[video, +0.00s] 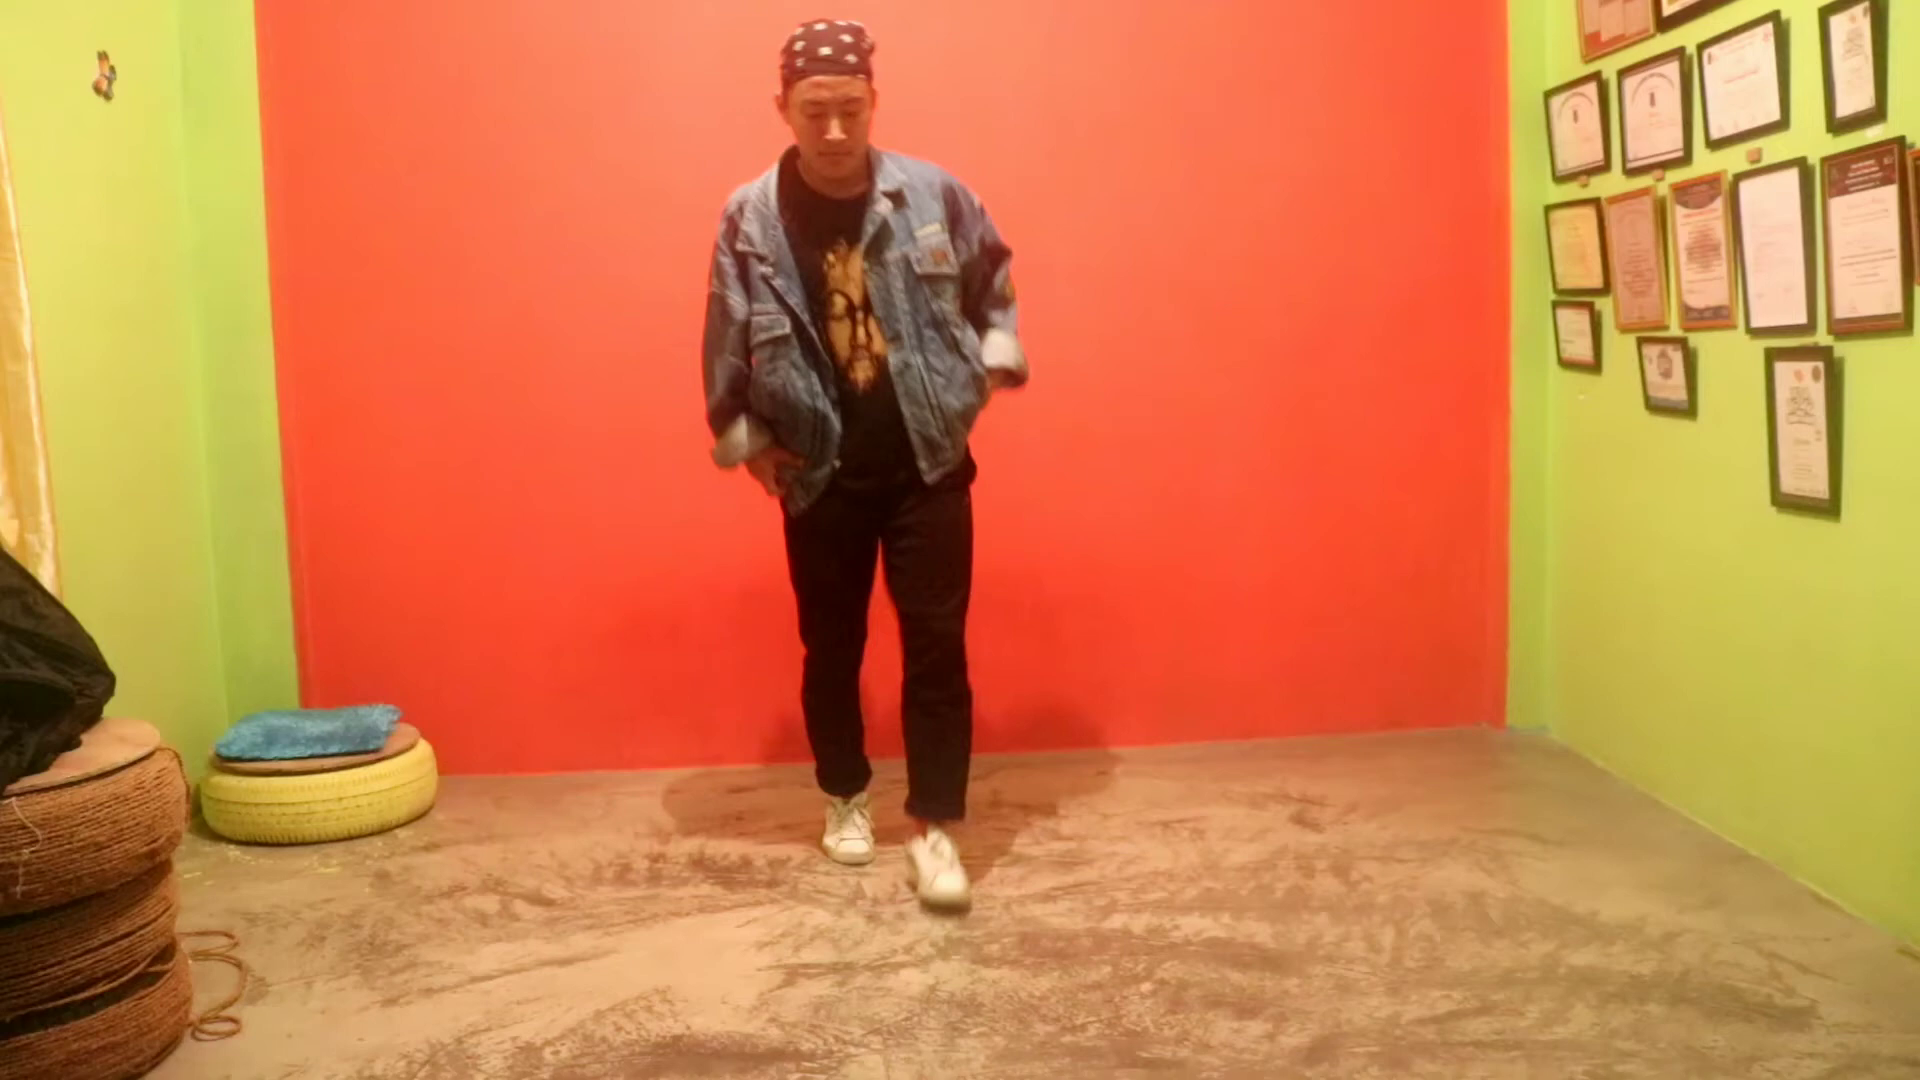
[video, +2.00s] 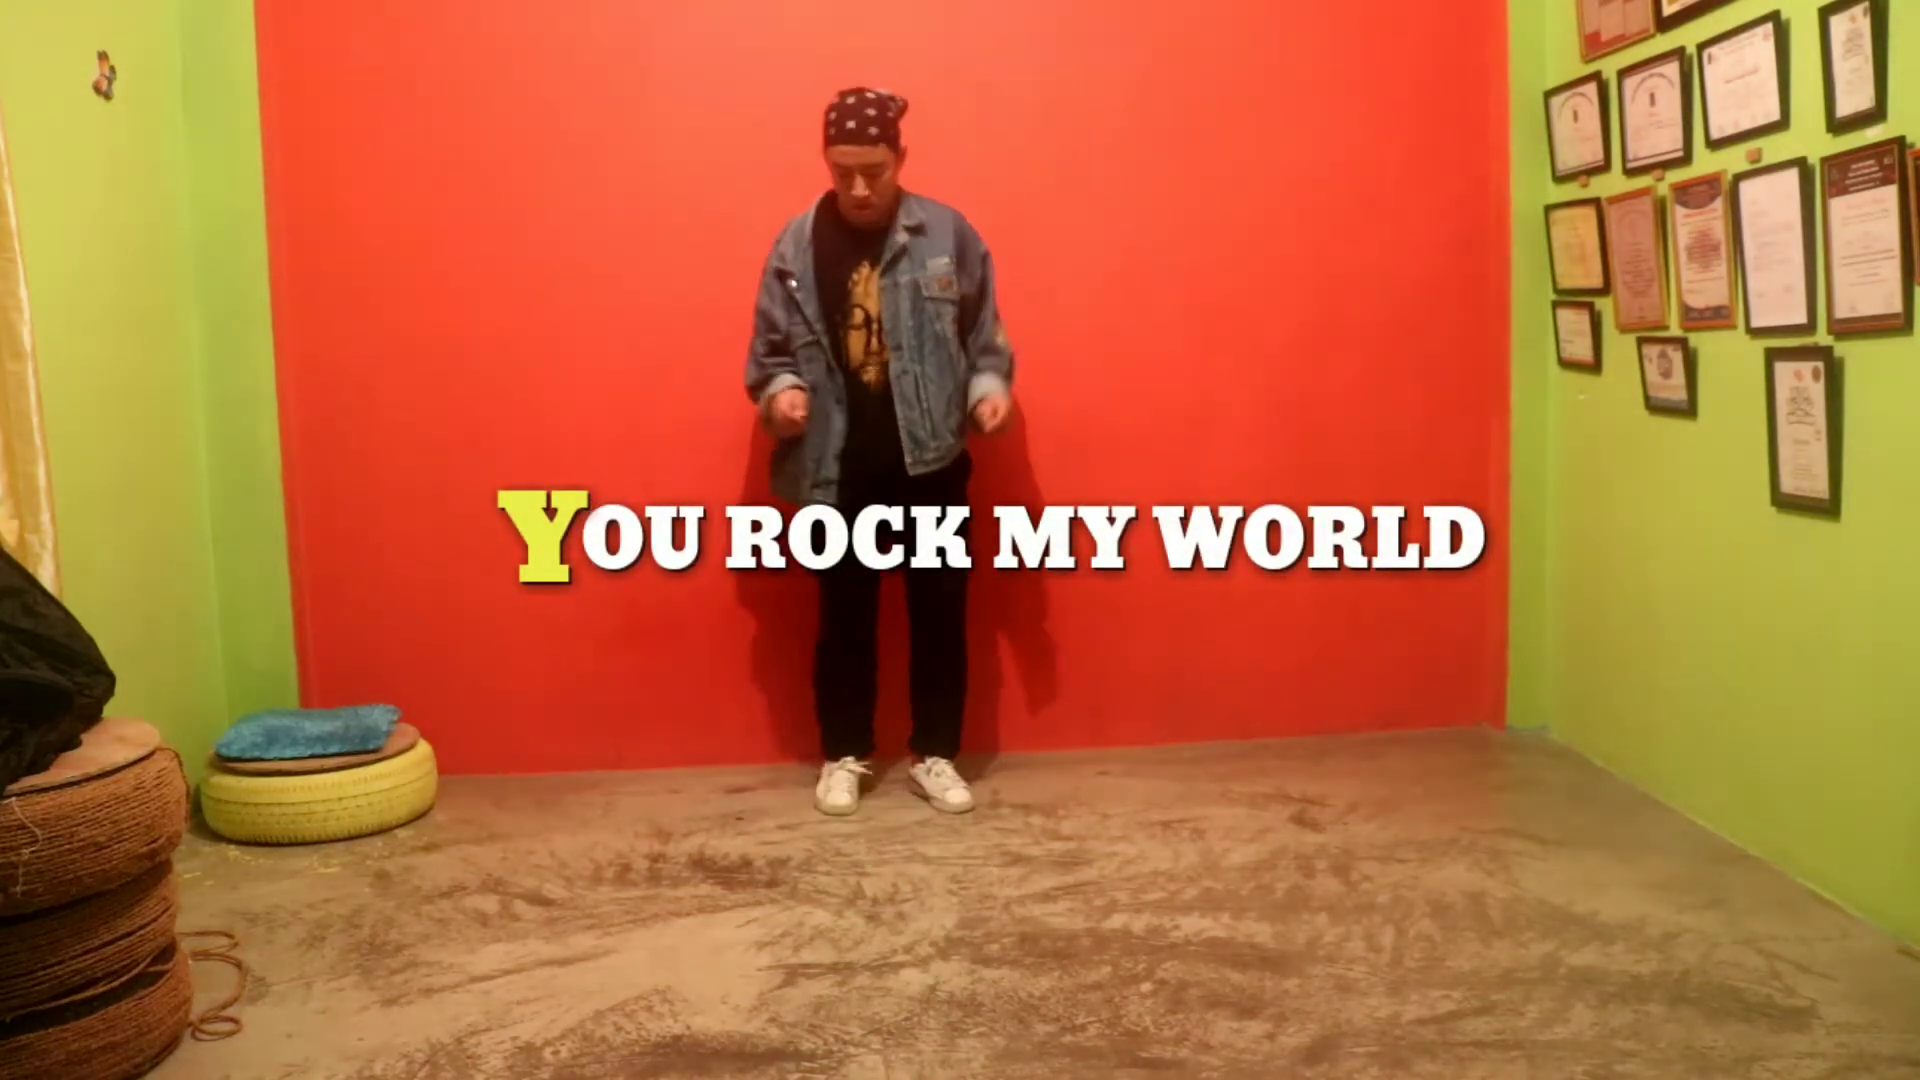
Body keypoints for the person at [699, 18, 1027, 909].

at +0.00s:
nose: (835, 133)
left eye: (850, 112)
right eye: (815, 114)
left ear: (875, 107)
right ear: (785, 113)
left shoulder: (935, 195)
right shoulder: (751, 217)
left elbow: (991, 287)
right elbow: (726, 346)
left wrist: (988, 368)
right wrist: (751, 446)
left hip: (929, 461)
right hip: (819, 471)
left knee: (938, 642)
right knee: (833, 642)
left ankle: (935, 825)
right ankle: (846, 798)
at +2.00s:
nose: (859, 188)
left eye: (873, 171)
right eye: (845, 172)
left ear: (899, 162)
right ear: (827, 165)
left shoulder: (950, 237)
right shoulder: (796, 249)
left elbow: (984, 335)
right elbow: (771, 354)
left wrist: (989, 382)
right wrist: (780, 389)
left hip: (931, 455)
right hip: (839, 458)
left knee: (939, 607)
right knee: (845, 609)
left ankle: (934, 755)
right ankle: (844, 756)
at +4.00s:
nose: (885, 228)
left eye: (898, 210)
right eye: (869, 211)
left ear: (918, 202)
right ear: (842, 202)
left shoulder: (952, 273)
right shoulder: (800, 272)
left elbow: (979, 376)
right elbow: (761, 382)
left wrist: (986, 449)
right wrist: (759, 461)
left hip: (923, 481)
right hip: (826, 484)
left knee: (948, 618)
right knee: (839, 633)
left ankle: (934, 757)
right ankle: (861, 763)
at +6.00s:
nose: (867, 190)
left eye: (872, 172)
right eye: (849, 181)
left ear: (883, 149)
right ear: (816, 173)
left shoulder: (930, 191)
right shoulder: (789, 216)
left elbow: (974, 289)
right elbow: (770, 315)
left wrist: (989, 386)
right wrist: (784, 412)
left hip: (925, 438)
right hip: (831, 447)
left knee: (958, 590)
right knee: (840, 607)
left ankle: (928, 726)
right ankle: (865, 761)